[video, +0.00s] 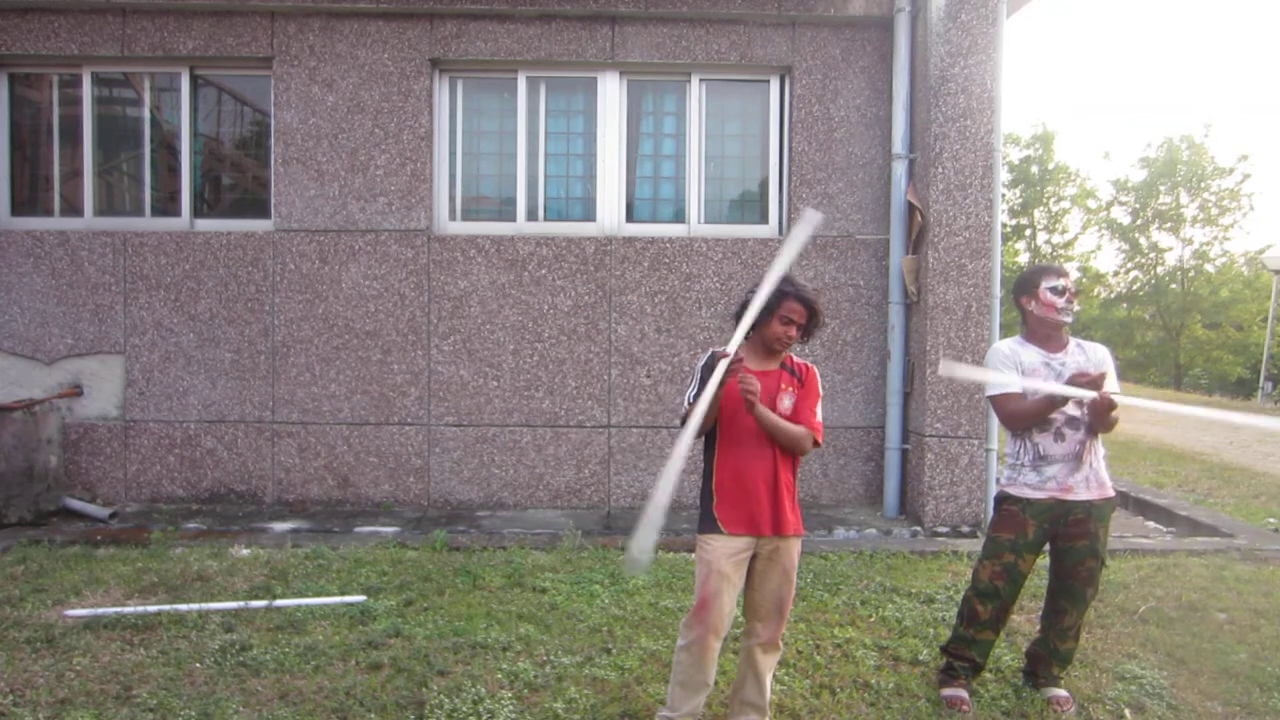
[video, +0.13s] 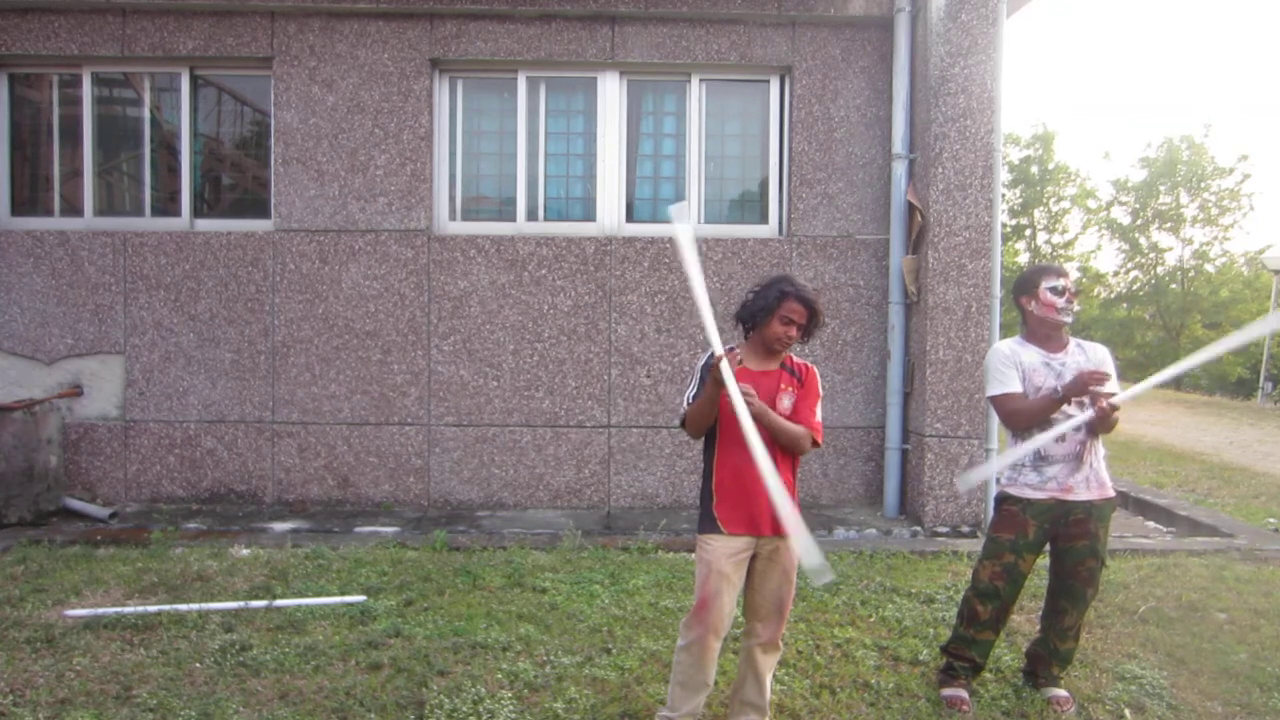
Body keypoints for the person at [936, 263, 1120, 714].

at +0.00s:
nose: (1069, 298)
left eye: (1072, 292)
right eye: (1057, 290)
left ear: (1075, 303)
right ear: (1026, 301)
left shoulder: (1095, 354)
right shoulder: (1004, 354)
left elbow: (1106, 425)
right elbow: (1014, 419)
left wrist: (1099, 401)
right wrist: (1066, 392)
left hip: (1087, 496)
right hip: (1026, 494)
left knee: (1075, 593)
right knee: (992, 584)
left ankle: (1045, 670)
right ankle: (957, 673)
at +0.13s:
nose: (1069, 299)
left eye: (1072, 293)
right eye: (1057, 290)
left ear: (1075, 304)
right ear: (1026, 302)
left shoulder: (1094, 354)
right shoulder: (1004, 354)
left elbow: (1105, 425)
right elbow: (1016, 419)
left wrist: (1104, 412)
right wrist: (1067, 391)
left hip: (1087, 497)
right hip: (1025, 495)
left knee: (1075, 593)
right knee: (992, 585)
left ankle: (1044, 670)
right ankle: (957, 673)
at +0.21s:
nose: (1069, 298)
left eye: (1072, 292)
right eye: (1057, 290)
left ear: (1075, 303)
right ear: (1026, 301)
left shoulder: (1095, 355)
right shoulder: (1005, 354)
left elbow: (1108, 425)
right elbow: (1015, 420)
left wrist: (1105, 413)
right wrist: (1066, 394)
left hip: (1086, 496)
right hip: (1027, 493)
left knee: (1075, 593)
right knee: (993, 584)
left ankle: (1044, 670)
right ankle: (957, 674)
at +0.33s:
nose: (1069, 299)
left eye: (1072, 293)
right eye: (1057, 291)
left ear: (1075, 304)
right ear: (1026, 301)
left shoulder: (1095, 355)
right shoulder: (1005, 355)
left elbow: (1105, 421)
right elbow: (1016, 420)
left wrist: (1104, 415)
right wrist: (1066, 399)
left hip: (1088, 497)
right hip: (1027, 495)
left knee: (1075, 593)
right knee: (993, 585)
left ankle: (1044, 670)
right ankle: (957, 674)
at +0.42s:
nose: (1068, 300)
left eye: (1073, 294)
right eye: (1057, 291)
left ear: (1075, 304)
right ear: (1029, 299)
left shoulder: (1094, 355)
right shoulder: (1005, 354)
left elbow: (1104, 426)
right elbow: (1017, 420)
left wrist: (1107, 411)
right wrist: (1065, 400)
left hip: (1088, 498)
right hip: (1027, 496)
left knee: (1075, 595)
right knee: (993, 586)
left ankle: (1044, 672)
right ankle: (957, 675)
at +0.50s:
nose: (1069, 299)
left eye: (1071, 293)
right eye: (1057, 291)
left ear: (1073, 304)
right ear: (1027, 301)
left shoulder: (1096, 356)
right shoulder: (1005, 355)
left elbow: (1105, 424)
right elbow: (1017, 421)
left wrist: (1116, 407)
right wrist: (1065, 401)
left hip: (1088, 497)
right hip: (1027, 496)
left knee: (1075, 595)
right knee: (993, 585)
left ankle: (1045, 672)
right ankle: (957, 674)